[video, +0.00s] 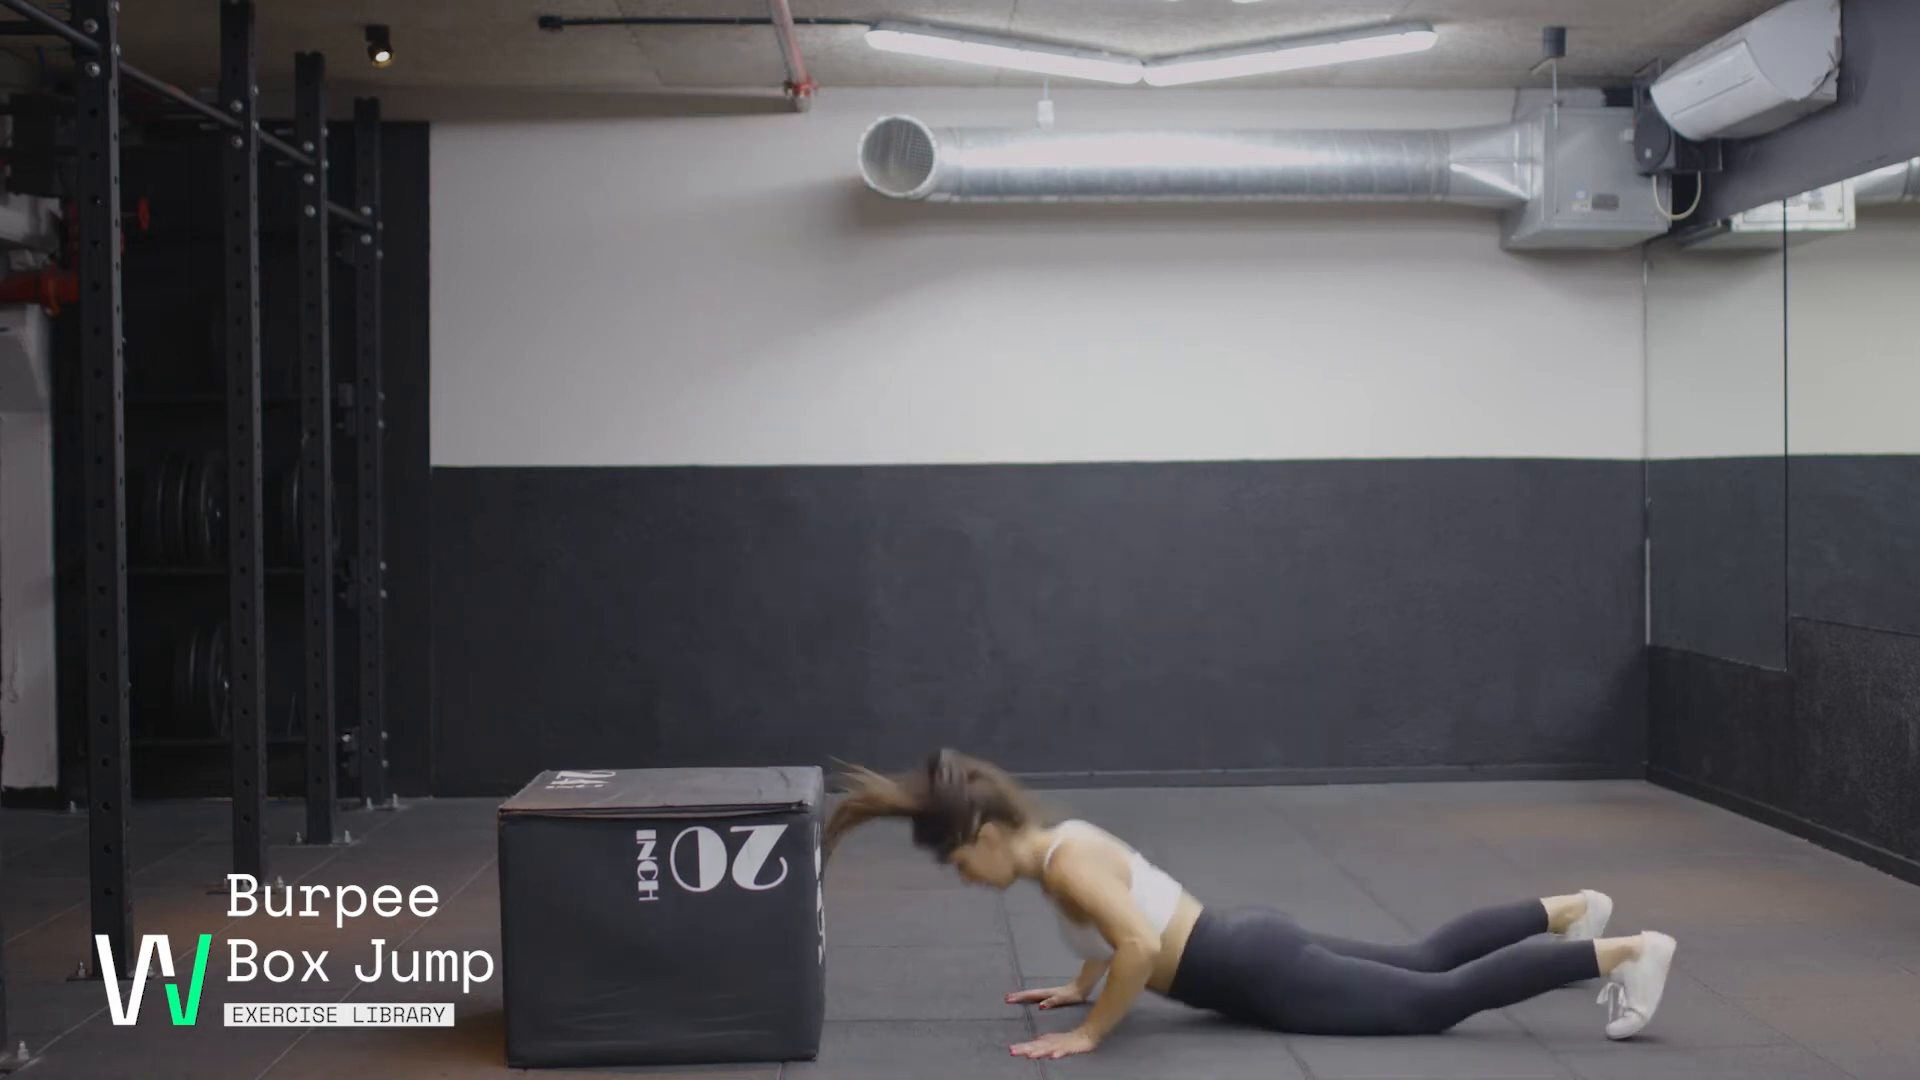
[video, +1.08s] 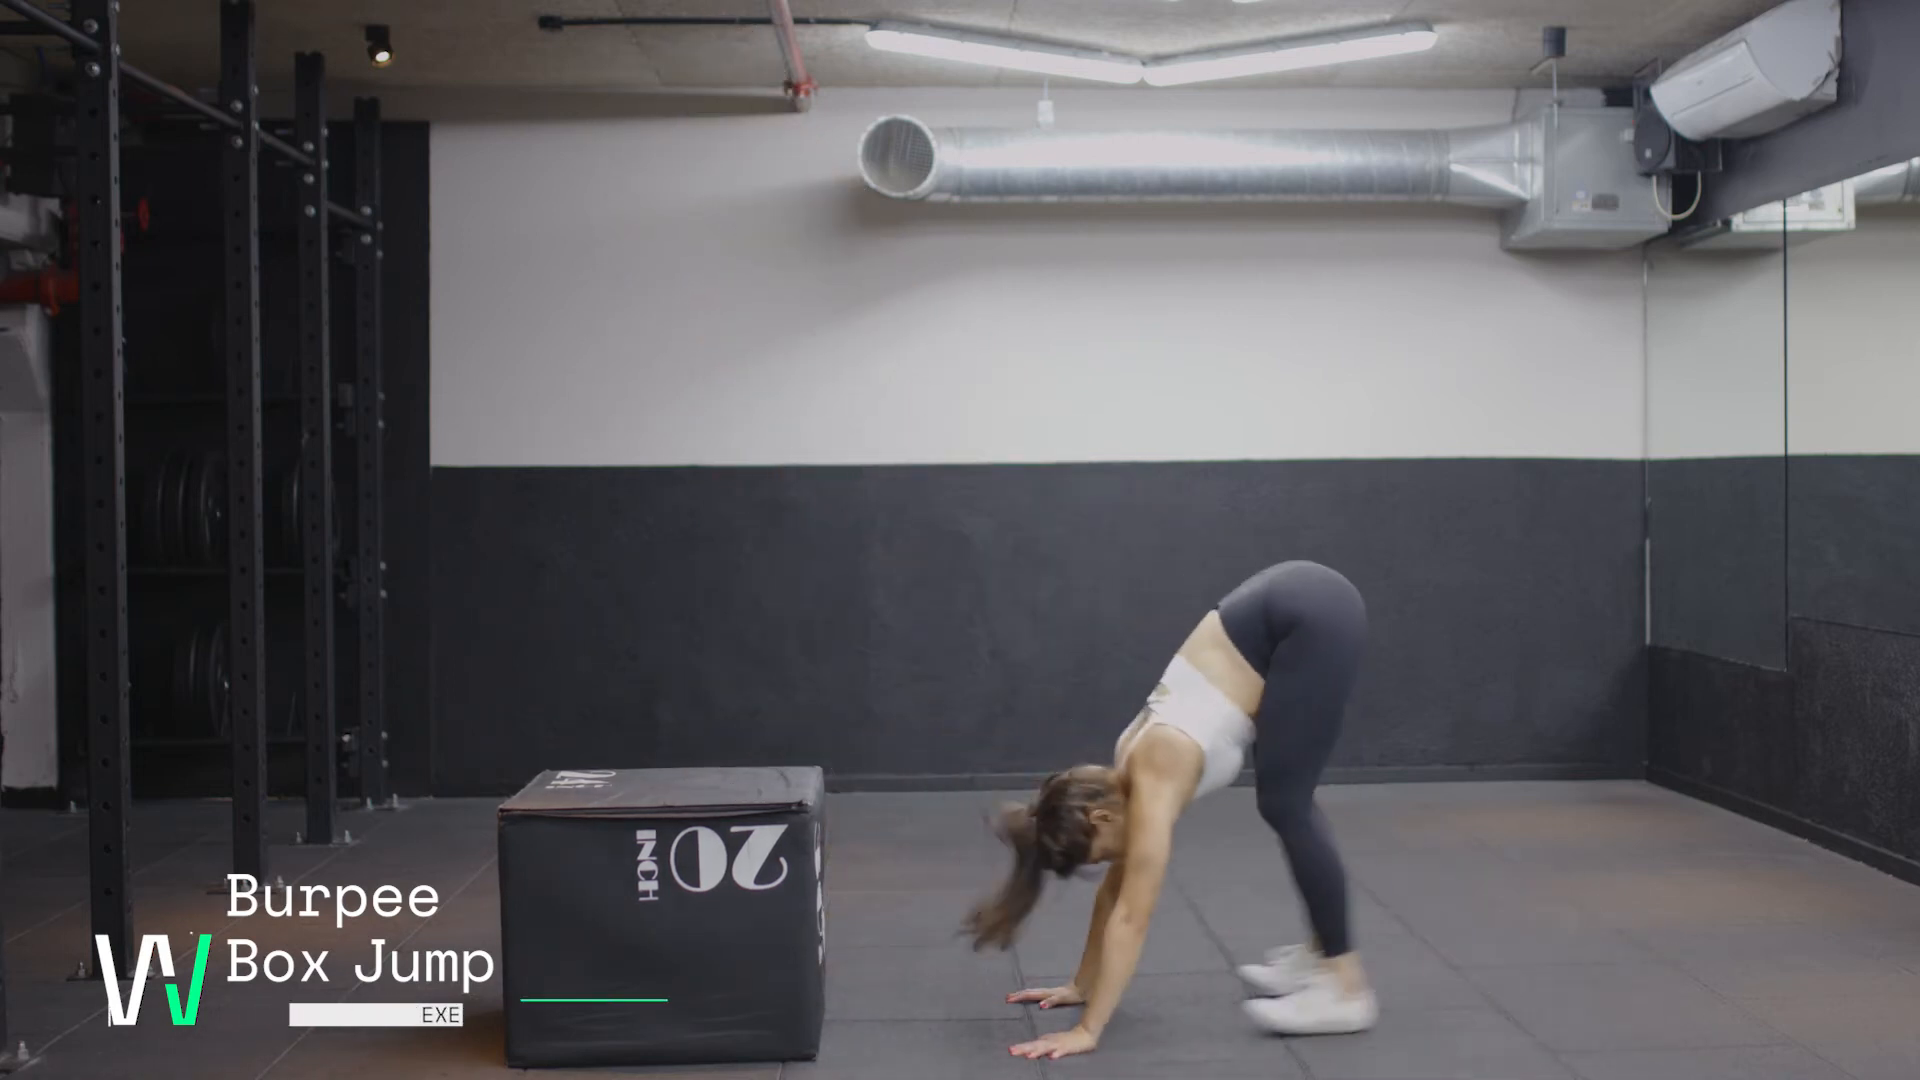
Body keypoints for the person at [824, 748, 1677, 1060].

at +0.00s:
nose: (966, 877)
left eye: (963, 862)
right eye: (957, 867)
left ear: (991, 835)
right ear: (994, 829)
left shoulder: (1067, 865)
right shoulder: (1060, 846)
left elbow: (1140, 951)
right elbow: (1127, 937)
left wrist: (1089, 1036)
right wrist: (1080, 988)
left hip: (1242, 966)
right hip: (1244, 941)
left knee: (1433, 1002)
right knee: (1418, 963)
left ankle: (1610, 958)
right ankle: (1566, 914)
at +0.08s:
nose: (946, 923)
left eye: (943, 908)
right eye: (936, 913)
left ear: (968, 882)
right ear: (964, 884)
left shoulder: (1046, 902)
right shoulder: (1048, 881)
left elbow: (1136, 949)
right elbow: (1139, 945)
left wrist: (1087, 1038)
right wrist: (1077, 1000)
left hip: (1233, 971)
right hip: (1237, 944)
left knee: (1430, 999)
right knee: (1416, 963)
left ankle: (1617, 952)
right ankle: (1571, 912)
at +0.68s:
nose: (980, 828)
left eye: (972, 813)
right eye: (970, 817)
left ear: (992, 785)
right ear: (997, 773)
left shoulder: (1071, 799)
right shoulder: (1068, 787)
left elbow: (1110, 917)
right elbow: (1096, 901)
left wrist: (1092, 1027)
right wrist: (1074, 989)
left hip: (1277, 882)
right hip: (1271, 875)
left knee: (1437, 993)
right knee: (1418, 960)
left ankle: (1621, 965)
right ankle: (1566, 922)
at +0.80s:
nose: (974, 824)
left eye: (962, 811)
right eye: (961, 813)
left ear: (973, 786)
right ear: (985, 760)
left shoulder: (1067, 772)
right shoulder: (1058, 763)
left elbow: (1088, 907)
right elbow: (1083, 894)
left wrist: (1090, 1028)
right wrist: (1076, 989)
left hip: (1282, 776)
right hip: (1276, 769)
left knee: (1425, 910)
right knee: (1416, 890)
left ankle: (1616, 954)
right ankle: (1562, 909)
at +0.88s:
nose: (1002, 838)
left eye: (989, 827)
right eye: (986, 831)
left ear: (1001, 793)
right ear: (1000, 777)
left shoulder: (1080, 766)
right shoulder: (1067, 757)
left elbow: (1093, 904)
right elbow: (1090, 894)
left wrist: (1087, 1031)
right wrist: (1076, 991)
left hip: (1283, 696)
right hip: (1271, 703)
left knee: (1386, 864)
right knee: (1384, 848)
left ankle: (1575, 933)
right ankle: (1537, 894)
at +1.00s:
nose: (1078, 862)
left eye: (1064, 855)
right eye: (1065, 861)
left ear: (1063, 824)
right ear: (1065, 812)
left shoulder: (1129, 773)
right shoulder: (1109, 765)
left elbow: (1120, 913)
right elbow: (1105, 894)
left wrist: (1090, 1029)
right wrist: (1081, 985)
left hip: (1296, 621)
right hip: (1279, 621)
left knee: (1317, 815)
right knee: (1320, 808)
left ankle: (1444, 958)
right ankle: (1412, 936)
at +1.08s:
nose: (1105, 860)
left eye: (1095, 854)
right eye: (1094, 860)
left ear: (1099, 817)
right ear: (1095, 806)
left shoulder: (1156, 776)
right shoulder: (1129, 767)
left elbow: (1132, 916)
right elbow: (1115, 891)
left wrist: (1090, 1030)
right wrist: (1082, 987)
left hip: (1315, 614)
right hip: (1290, 608)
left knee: (1288, 803)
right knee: (1284, 800)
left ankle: (1348, 985)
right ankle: (1325, 955)